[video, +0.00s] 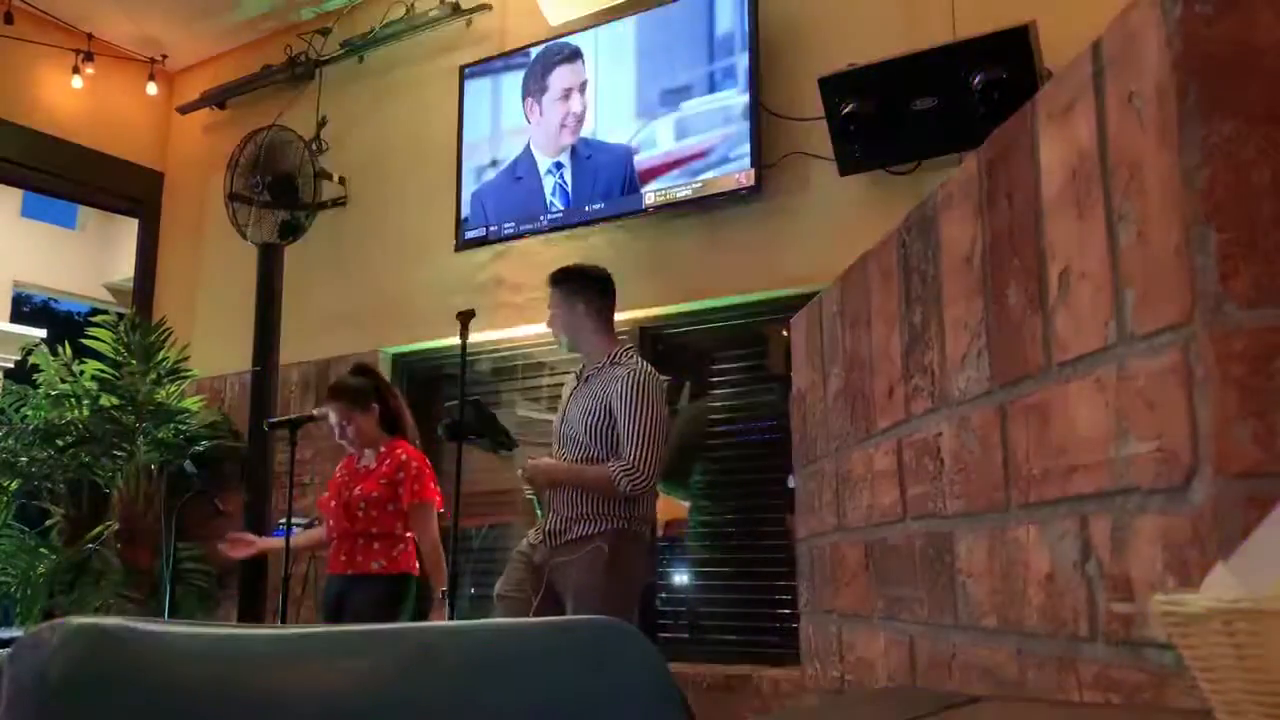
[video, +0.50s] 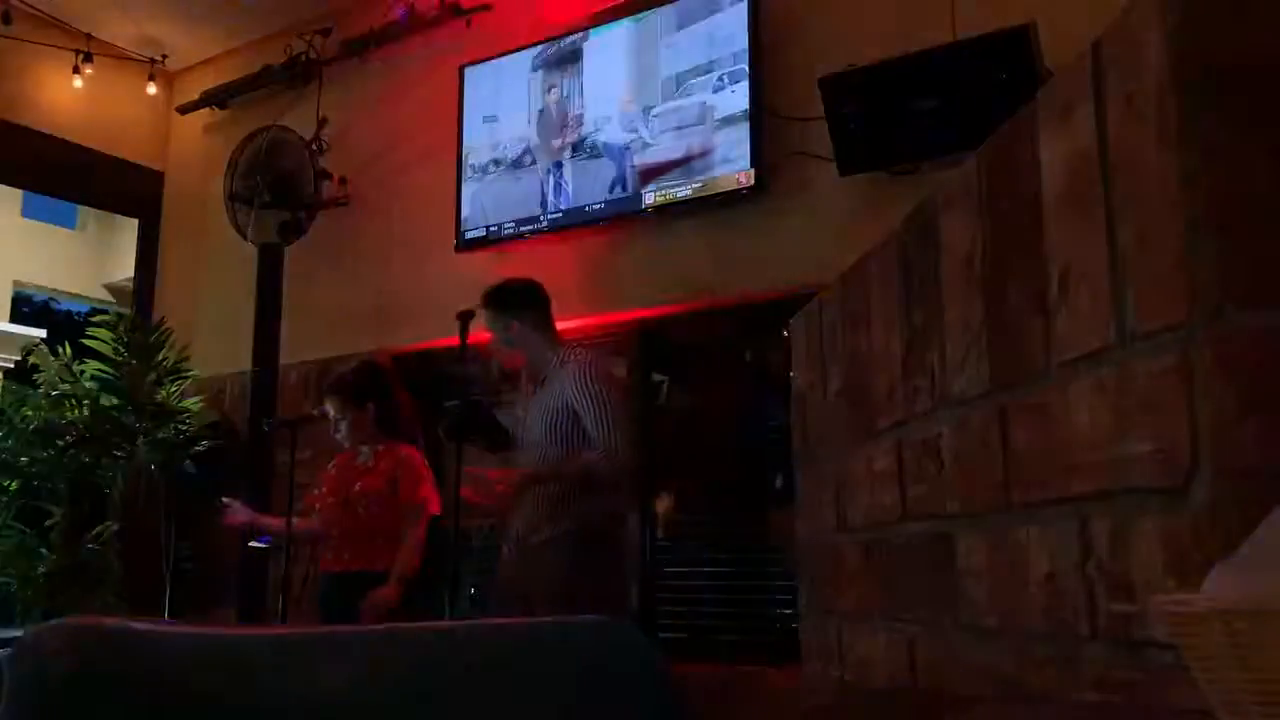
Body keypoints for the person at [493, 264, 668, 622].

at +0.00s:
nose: (548, 321)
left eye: (553, 308)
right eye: (549, 309)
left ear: (581, 309)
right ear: (586, 310)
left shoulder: (634, 377)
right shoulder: (582, 379)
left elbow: (638, 477)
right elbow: (585, 461)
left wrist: (556, 472)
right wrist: (546, 470)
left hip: (604, 544)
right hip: (552, 538)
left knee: (599, 664)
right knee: (507, 645)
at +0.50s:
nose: (494, 343)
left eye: (494, 331)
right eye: (492, 332)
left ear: (515, 328)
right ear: (518, 327)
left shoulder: (580, 371)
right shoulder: (533, 379)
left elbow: (614, 456)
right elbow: (536, 454)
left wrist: (532, 476)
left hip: (578, 541)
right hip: (538, 541)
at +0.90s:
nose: (456, 348)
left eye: (458, 335)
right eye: (452, 340)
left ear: (488, 324)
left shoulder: (548, 374)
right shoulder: (489, 397)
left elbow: (580, 449)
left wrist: (492, 468)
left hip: (546, 541)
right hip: (496, 545)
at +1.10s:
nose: (442, 349)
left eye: (447, 334)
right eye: (436, 343)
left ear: (479, 326)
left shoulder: (540, 371)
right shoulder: (470, 403)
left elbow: (600, 427)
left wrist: (542, 478)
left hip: (553, 539)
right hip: (495, 544)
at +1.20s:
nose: (440, 348)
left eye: (446, 333)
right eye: (432, 343)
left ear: (474, 328)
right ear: (432, 350)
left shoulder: (541, 374)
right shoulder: (464, 408)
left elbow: (608, 421)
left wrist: (571, 467)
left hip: (555, 537)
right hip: (495, 544)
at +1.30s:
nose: (443, 344)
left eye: (448, 330)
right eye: (433, 342)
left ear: (474, 326)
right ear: (432, 354)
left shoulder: (543, 375)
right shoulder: (451, 418)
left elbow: (613, 418)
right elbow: (452, 496)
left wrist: (583, 448)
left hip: (561, 538)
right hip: (494, 547)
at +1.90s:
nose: (494, 316)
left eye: (504, 307)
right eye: (484, 311)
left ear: (525, 321)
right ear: (474, 331)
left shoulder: (575, 378)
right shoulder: (475, 404)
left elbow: (620, 447)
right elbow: (460, 486)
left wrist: (575, 464)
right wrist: (489, 494)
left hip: (588, 539)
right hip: (517, 547)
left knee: (595, 648)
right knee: (514, 653)